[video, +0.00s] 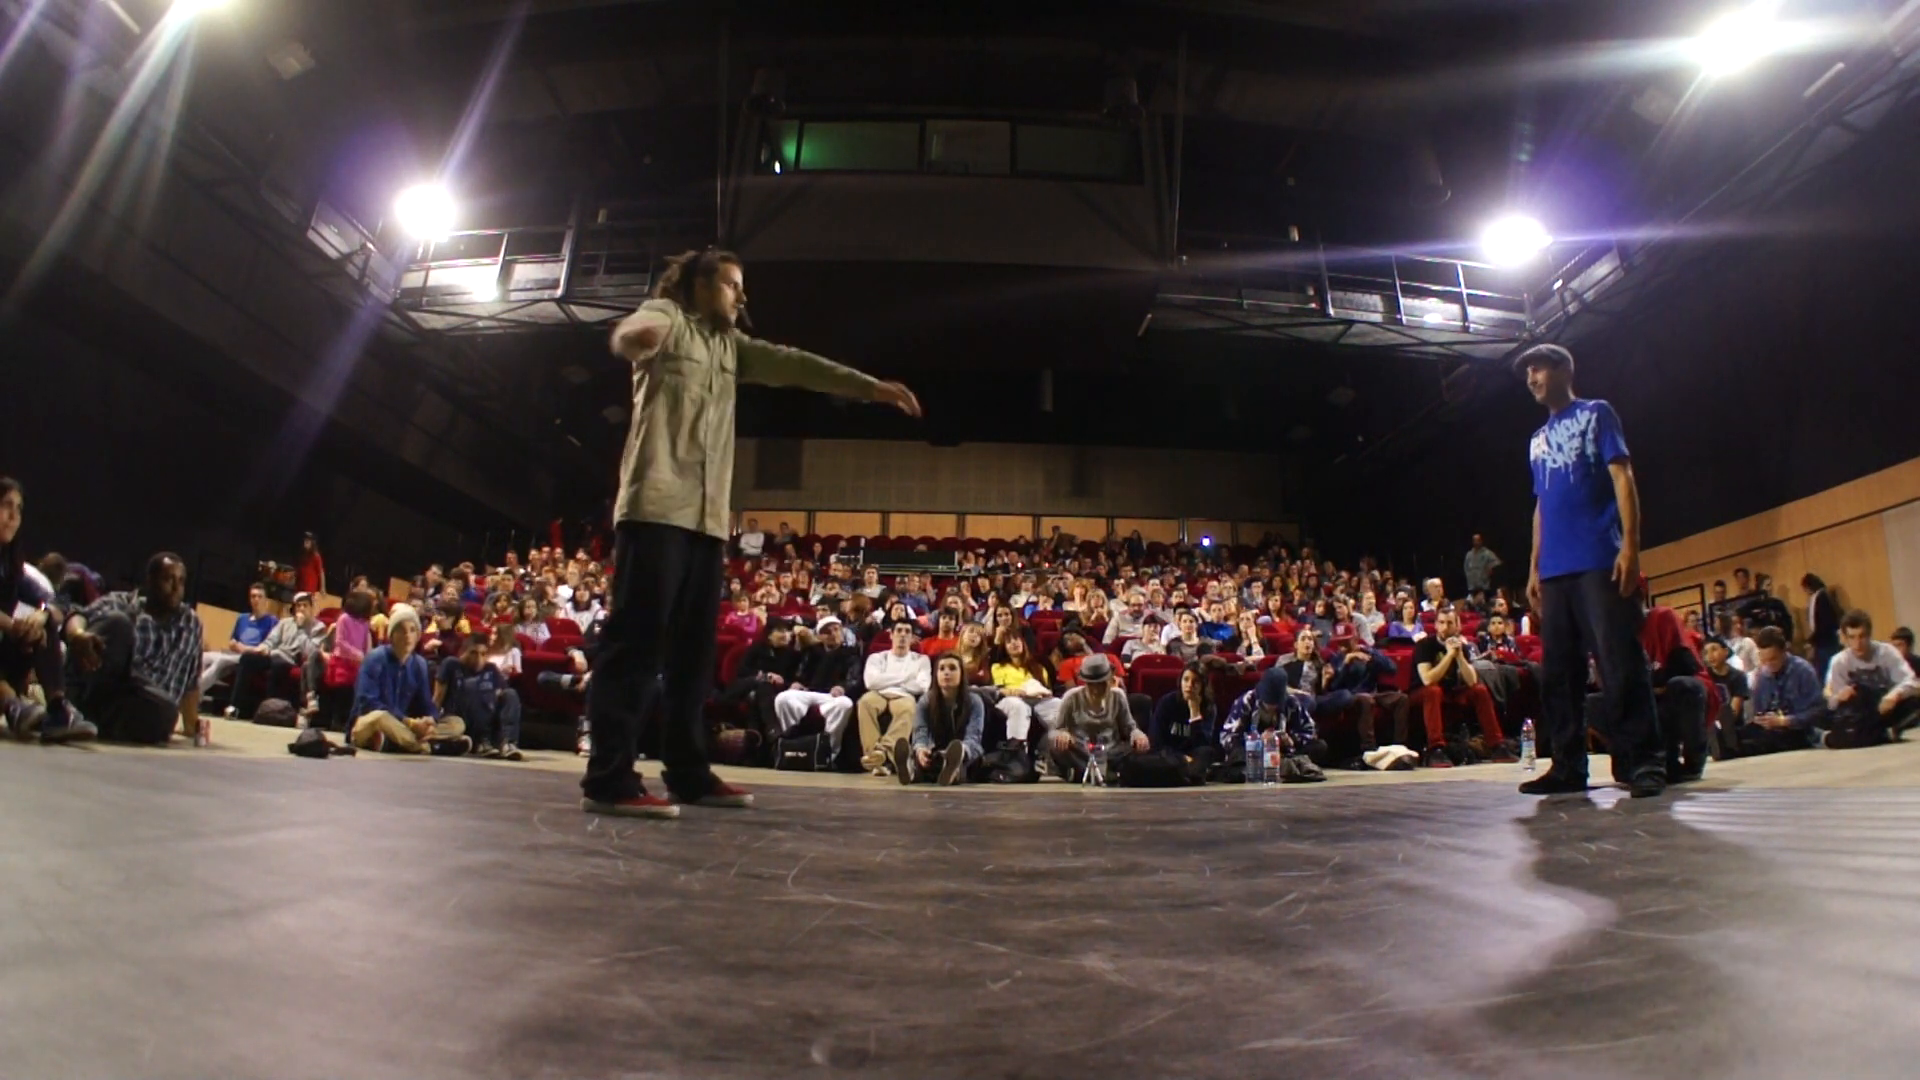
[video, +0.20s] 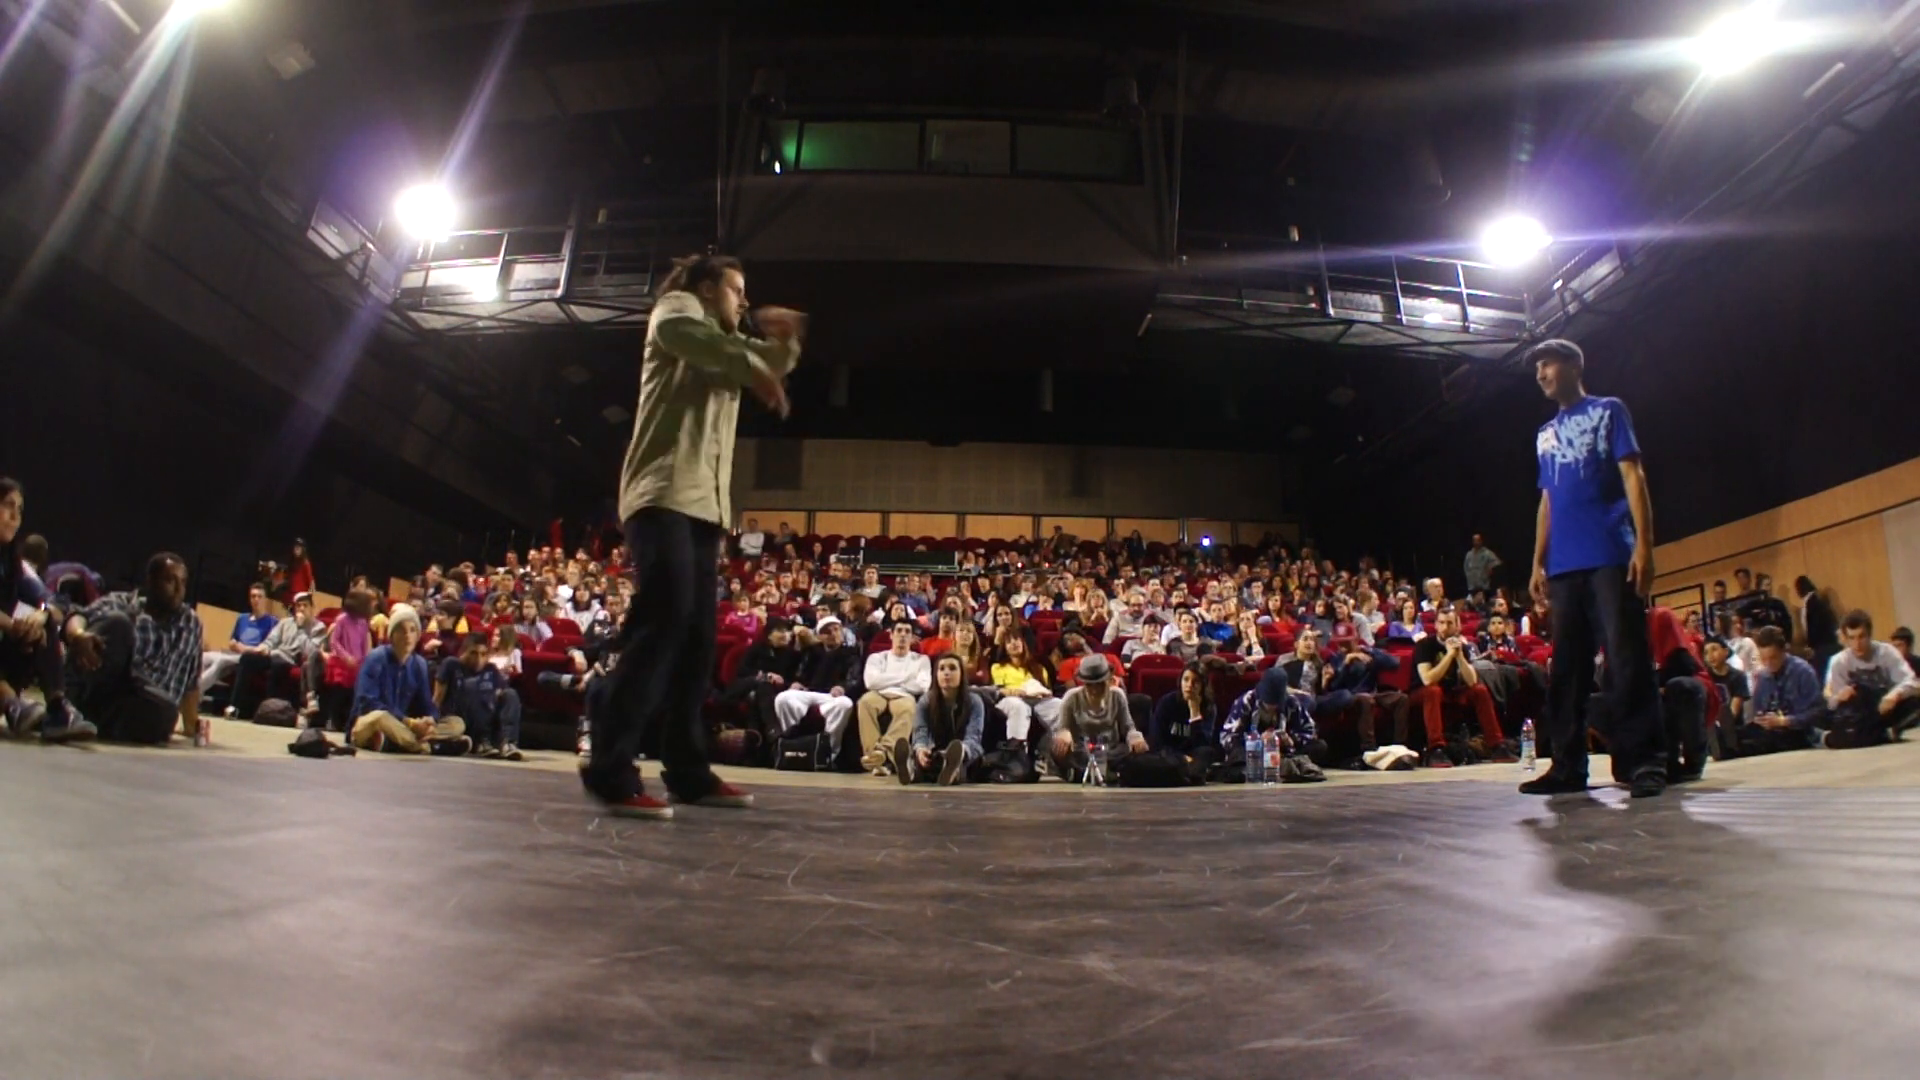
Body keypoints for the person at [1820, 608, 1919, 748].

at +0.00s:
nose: (1857, 643)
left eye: (1862, 636)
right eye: (1852, 637)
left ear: (1869, 635)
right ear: (1843, 638)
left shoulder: (1886, 652)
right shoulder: (1839, 661)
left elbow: (1911, 681)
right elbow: (1830, 702)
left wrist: (1894, 695)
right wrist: (1839, 696)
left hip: (1886, 702)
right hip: (1858, 704)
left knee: (1914, 703)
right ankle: (1885, 734)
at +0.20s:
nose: (1857, 643)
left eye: (1861, 637)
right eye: (1852, 638)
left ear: (1869, 635)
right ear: (1844, 638)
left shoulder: (1886, 652)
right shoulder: (1839, 661)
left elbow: (1911, 681)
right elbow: (1831, 703)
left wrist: (1893, 695)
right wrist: (1839, 697)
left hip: (1887, 702)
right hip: (1859, 704)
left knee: (1913, 703)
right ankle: (1885, 734)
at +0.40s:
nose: (1857, 643)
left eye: (1861, 637)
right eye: (1851, 638)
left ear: (1869, 636)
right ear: (1844, 639)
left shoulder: (1886, 652)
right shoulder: (1837, 661)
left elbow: (1911, 681)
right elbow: (1830, 702)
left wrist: (1893, 695)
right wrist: (1838, 697)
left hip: (1886, 703)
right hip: (1857, 705)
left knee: (1914, 704)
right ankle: (1884, 734)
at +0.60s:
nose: (1857, 643)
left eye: (1861, 637)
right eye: (1851, 638)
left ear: (1869, 636)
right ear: (1845, 639)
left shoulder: (1887, 652)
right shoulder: (1836, 661)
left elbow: (1911, 681)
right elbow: (1830, 702)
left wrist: (1894, 695)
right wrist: (1839, 696)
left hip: (1886, 703)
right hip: (1857, 705)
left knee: (1914, 704)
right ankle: (1884, 734)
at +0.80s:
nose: (1857, 643)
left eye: (1862, 637)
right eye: (1852, 638)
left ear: (1870, 635)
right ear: (1846, 639)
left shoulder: (1887, 652)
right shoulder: (1835, 662)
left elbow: (1911, 681)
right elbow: (1827, 701)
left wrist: (1894, 695)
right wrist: (1838, 697)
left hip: (1885, 704)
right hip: (1856, 706)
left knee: (1913, 704)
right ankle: (1884, 734)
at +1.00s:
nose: (1857, 643)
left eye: (1862, 637)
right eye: (1852, 638)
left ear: (1870, 636)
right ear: (1846, 639)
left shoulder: (1887, 652)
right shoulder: (1834, 662)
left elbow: (1911, 681)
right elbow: (1827, 703)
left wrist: (1894, 694)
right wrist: (1838, 697)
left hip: (1885, 704)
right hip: (1856, 706)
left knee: (1913, 704)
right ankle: (1884, 734)